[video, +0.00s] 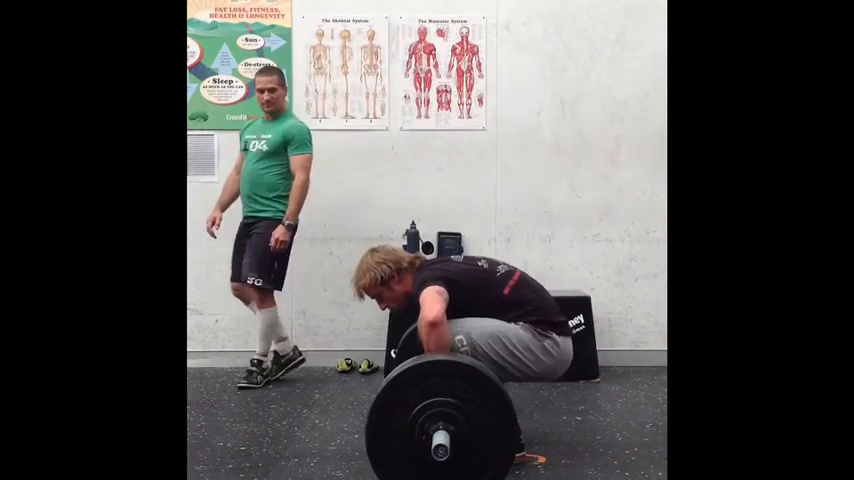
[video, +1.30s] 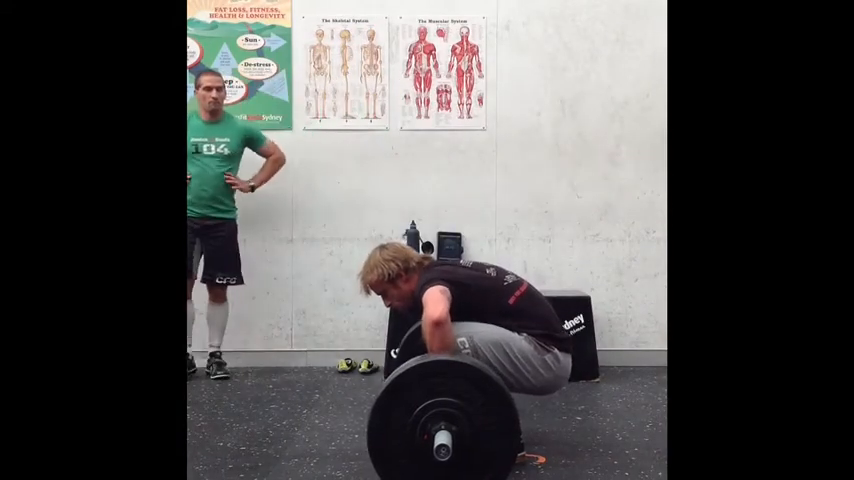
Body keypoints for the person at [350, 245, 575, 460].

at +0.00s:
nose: (383, 306)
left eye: (379, 297)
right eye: (377, 300)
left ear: (394, 279)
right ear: (397, 276)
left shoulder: (430, 275)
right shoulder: (436, 268)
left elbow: (433, 319)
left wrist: (438, 387)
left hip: (546, 343)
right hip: (545, 339)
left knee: (442, 339)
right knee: (438, 337)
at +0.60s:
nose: (387, 305)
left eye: (384, 296)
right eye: (381, 299)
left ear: (401, 279)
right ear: (403, 276)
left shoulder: (431, 278)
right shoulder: (440, 270)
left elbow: (435, 320)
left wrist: (440, 388)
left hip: (546, 357)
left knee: (444, 340)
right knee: (442, 339)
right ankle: (504, 437)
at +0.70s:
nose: (387, 306)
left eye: (385, 296)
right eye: (381, 299)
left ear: (401, 279)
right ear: (403, 277)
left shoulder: (432, 279)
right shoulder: (440, 271)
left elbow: (436, 320)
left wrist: (440, 386)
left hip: (545, 360)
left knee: (441, 340)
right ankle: (504, 437)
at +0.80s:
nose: (387, 304)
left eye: (385, 295)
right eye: (381, 298)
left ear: (401, 278)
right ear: (404, 276)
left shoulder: (433, 278)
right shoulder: (441, 270)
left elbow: (437, 320)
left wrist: (441, 386)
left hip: (545, 357)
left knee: (442, 340)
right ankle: (504, 437)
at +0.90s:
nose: (387, 303)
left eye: (385, 294)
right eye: (381, 297)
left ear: (402, 277)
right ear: (404, 275)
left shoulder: (433, 277)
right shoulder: (440, 269)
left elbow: (437, 319)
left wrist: (441, 386)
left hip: (546, 356)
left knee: (443, 340)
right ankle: (503, 437)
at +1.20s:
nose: (387, 304)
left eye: (385, 295)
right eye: (381, 297)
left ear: (402, 278)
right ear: (404, 276)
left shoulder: (434, 278)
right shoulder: (441, 271)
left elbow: (437, 319)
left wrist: (441, 385)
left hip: (546, 358)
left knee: (442, 340)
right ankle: (504, 437)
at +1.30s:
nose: (387, 304)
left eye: (385, 294)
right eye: (381, 297)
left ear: (401, 278)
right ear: (403, 276)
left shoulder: (432, 278)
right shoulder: (440, 270)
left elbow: (437, 317)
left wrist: (442, 384)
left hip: (546, 357)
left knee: (442, 339)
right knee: (438, 337)